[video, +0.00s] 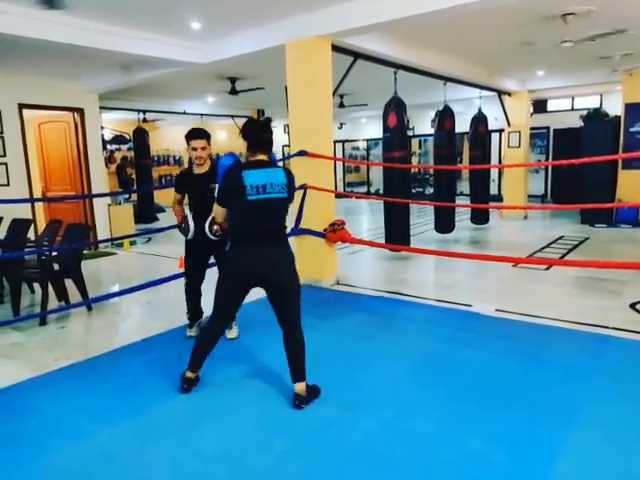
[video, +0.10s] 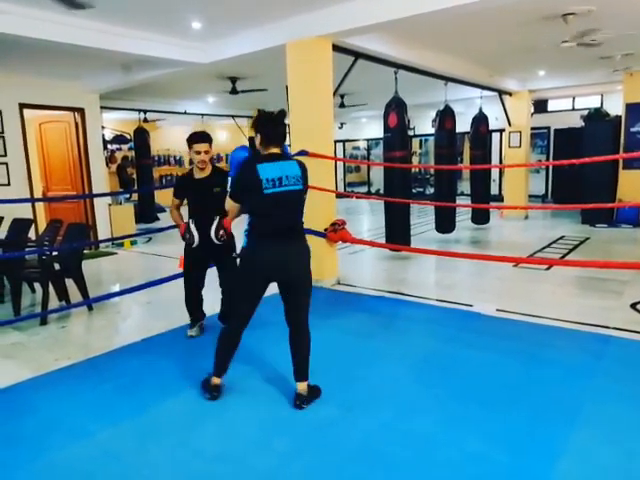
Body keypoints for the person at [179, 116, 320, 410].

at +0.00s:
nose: (243, 147)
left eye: (243, 143)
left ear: (245, 145)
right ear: (271, 144)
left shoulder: (234, 174)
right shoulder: (285, 175)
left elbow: (219, 217)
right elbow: (282, 210)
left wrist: (240, 219)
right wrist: (238, 217)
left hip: (240, 261)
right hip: (277, 259)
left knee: (220, 318)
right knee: (291, 324)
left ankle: (191, 374)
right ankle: (300, 388)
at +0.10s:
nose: (253, 140)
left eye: (254, 136)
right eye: (255, 136)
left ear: (259, 139)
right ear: (284, 138)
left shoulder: (249, 168)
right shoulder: (299, 167)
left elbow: (231, 209)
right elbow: (294, 203)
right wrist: (250, 203)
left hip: (259, 255)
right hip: (295, 254)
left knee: (237, 319)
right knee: (299, 322)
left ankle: (217, 379)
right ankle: (302, 387)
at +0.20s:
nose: (269, 128)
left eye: (270, 123)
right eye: (272, 123)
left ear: (274, 126)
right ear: (300, 125)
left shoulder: (265, 159)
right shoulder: (317, 157)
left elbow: (249, 201)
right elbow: (310, 192)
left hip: (280, 248)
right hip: (316, 245)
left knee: (271, 315)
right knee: (315, 314)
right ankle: (314, 381)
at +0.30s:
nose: (291, 132)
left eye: (292, 128)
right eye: (293, 127)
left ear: (298, 131)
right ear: (323, 130)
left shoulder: (289, 163)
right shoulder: (336, 160)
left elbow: (276, 206)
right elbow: (336, 198)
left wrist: (287, 176)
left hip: (307, 255)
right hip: (342, 249)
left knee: (306, 331)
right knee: (355, 313)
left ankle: (319, 404)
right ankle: (374, 373)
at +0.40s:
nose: (312, 143)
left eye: (312, 138)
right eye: (312, 138)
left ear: (320, 139)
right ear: (342, 138)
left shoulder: (312, 172)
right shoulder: (359, 168)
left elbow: (299, 217)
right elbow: (352, 208)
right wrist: (313, 217)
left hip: (329, 263)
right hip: (364, 257)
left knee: (310, 333)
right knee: (385, 318)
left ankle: (320, 407)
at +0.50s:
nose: (333, 148)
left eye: (335, 143)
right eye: (334, 142)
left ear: (345, 144)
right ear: (364, 142)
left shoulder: (340, 176)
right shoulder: (381, 171)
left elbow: (326, 222)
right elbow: (367, 214)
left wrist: (311, 209)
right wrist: (333, 228)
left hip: (357, 268)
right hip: (392, 263)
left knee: (324, 331)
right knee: (410, 327)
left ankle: (321, 407)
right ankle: (448, 389)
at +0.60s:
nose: (352, 144)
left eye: (354, 139)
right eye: (352, 139)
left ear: (365, 138)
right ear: (380, 138)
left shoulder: (363, 173)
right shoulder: (400, 162)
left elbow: (347, 217)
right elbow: (382, 207)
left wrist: (336, 218)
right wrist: (347, 220)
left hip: (381, 263)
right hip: (418, 256)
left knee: (353, 332)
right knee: (424, 325)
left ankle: (332, 403)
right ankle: (451, 392)